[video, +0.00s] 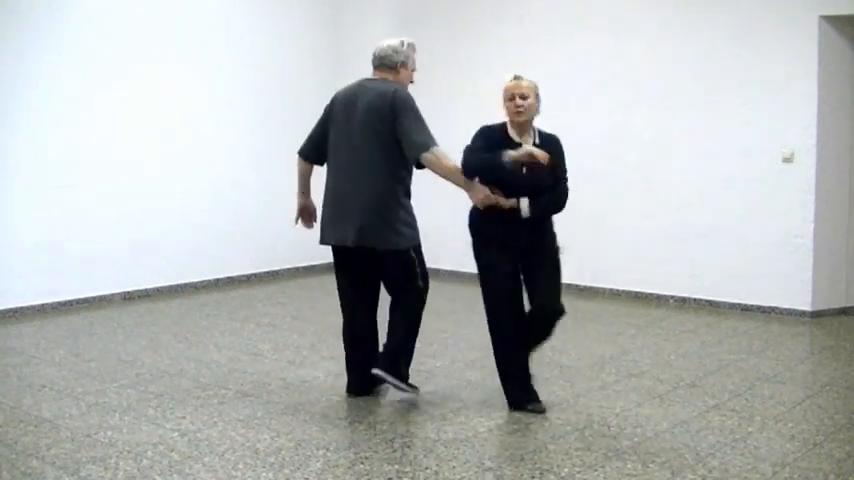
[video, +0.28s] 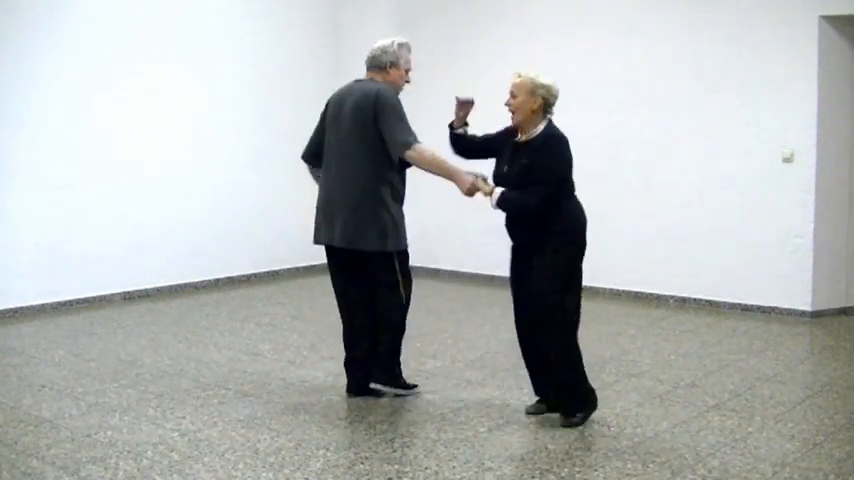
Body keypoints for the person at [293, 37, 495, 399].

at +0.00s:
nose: (413, 78)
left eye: (413, 71)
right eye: (412, 70)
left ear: (377, 66)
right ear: (402, 68)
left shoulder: (342, 98)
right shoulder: (398, 98)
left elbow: (306, 155)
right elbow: (427, 154)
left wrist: (303, 197)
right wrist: (471, 186)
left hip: (341, 221)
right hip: (387, 221)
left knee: (356, 305)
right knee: (412, 289)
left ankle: (360, 383)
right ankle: (394, 365)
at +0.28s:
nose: (409, 78)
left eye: (409, 71)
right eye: (406, 70)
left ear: (374, 68)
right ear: (389, 68)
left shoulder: (339, 98)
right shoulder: (383, 97)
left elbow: (313, 158)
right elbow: (409, 150)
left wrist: (338, 195)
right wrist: (459, 176)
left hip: (335, 221)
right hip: (377, 222)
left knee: (353, 303)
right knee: (394, 294)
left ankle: (358, 381)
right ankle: (386, 372)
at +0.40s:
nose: (406, 77)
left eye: (406, 70)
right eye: (403, 69)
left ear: (373, 67)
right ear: (386, 66)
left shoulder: (339, 96)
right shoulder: (375, 95)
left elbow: (318, 156)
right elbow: (399, 144)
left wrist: (363, 170)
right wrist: (452, 164)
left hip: (331, 219)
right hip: (372, 220)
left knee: (351, 300)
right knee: (397, 289)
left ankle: (358, 380)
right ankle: (390, 368)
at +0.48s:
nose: (402, 77)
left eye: (403, 70)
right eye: (399, 69)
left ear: (371, 67)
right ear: (381, 67)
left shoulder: (339, 94)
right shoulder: (370, 95)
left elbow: (320, 156)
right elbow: (393, 139)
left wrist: (366, 163)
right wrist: (446, 156)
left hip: (329, 220)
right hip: (368, 220)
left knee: (348, 302)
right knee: (396, 294)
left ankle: (356, 380)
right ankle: (385, 368)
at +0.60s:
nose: (399, 77)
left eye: (400, 70)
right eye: (396, 69)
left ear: (368, 67)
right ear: (377, 67)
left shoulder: (339, 94)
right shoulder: (362, 93)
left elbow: (316, 151)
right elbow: (380, 136)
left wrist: (358, 167)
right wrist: (429, 154)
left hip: (328, 219)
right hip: (359, 220)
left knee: (345, 297)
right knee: (384, 292)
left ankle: (356, 373)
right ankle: (362, 376)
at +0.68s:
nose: (397, 81)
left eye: (398, 73)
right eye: (395, 72)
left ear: (364, 69)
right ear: (375, 69)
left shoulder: (337, 95)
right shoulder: (361, 96)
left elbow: (310, 150)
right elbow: (372, 140)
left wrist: (349, 170)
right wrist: (417, 166)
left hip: (325, 221)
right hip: (355, 222)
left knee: (341, 296)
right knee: (374, 293)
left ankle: (344, 368)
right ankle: (355, 376)